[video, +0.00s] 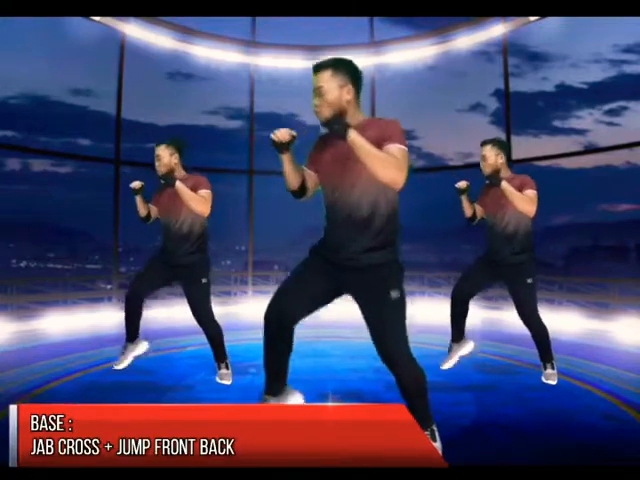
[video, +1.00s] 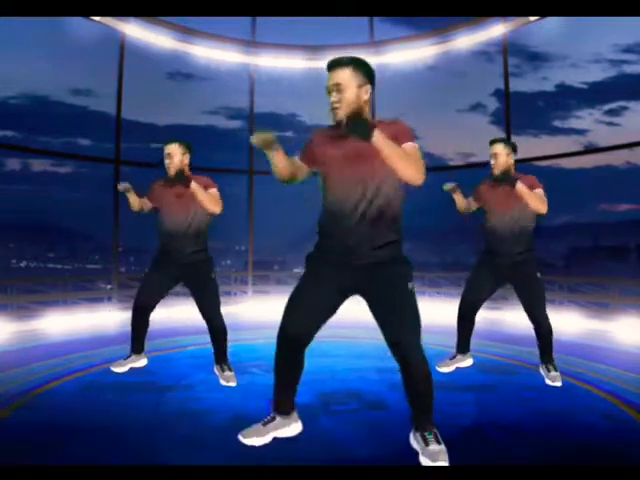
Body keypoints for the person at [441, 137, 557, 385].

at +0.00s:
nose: (481, 162)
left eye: (485, 157)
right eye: (481, 158)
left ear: (500, 157)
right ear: (489, 160)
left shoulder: (523, 182)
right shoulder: (488, 190)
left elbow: (530, 210)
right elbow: (473, 216)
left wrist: (503, 184)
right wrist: (464, 195)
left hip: (519, 262)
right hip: (492, 260)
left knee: (529, 316)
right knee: (460, 294)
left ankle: (548, 364)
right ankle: (458, 342)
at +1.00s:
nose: (494, 161)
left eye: (498, 156)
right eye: (492, 156)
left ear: (512, 157)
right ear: (490, 159)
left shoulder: (529, 183)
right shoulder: (485, 189)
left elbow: (542, 208)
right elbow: (466, 209)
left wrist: (517, 184)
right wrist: (457, 195)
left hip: (522, 262)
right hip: (491, 262)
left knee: (539, 317)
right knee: (467, 306)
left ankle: (548, 364)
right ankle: (462, 354)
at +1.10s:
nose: (489, 163)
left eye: (494, 158)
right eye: (487, 158)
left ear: (508, 159)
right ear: (487, 161)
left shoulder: (524, 185)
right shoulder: (479, 183)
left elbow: (533, 214)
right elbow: (447, 189)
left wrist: (510, 188)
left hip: (518, 263)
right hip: (488, 262)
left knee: (535, 314)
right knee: (463, 305)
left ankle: (548, 364)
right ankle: (461, 355)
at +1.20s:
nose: (481, 162)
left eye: (485, 157)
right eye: (480, 157)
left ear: (500, 159)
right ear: (483, 161)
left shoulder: (517, 185)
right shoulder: (481, 185)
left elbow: (517, 219)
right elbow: (458, 196)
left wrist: (498, 194)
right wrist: (449, 186)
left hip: (510, 262)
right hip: (485, 261)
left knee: (524, 312)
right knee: (460, 304)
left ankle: (549, 364)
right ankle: (461, 354)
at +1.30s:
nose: (476, 160)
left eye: (479, 156)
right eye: (475, 156)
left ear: (492, 157)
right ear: (484, 158)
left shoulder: (504, 181)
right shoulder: (483, 183)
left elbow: (504, 212)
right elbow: (486, 213)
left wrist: (479, 188)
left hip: (500, 258)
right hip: (484, 256)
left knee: (513, 310)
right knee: (460, 300)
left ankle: (552, 357)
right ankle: (461, 354)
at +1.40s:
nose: (479, 162)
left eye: (482, 158)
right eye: (479, 158)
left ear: (491, 158)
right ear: (495, 159)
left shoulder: (494, 179)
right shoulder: (496, 180)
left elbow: (458, 186)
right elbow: (459, 186)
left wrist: (437, 176)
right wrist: (439, 177)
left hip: (499, 259)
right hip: (487, 258)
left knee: (509, 313)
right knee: (460, 300)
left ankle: (550, 358)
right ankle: (460, 353)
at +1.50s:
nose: (480, 162)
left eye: (482, 157)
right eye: (480, 158)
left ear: (492, 156)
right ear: (497, 157)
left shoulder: (496, 176)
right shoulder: (501, 179)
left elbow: (458, 182)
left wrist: (433, 173)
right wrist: (441, 176)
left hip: (499, 258)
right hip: (489, 256)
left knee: (513, 313)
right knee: (464, 300)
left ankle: (548, 359)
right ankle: (461, 354)